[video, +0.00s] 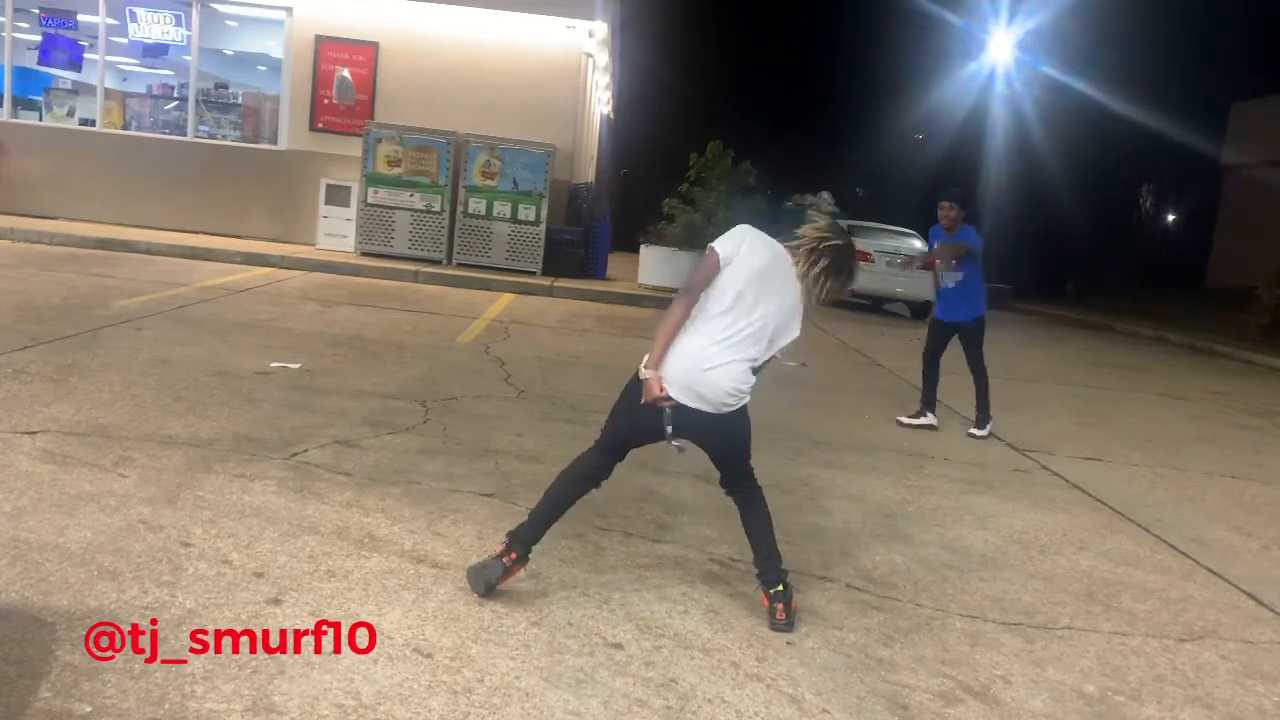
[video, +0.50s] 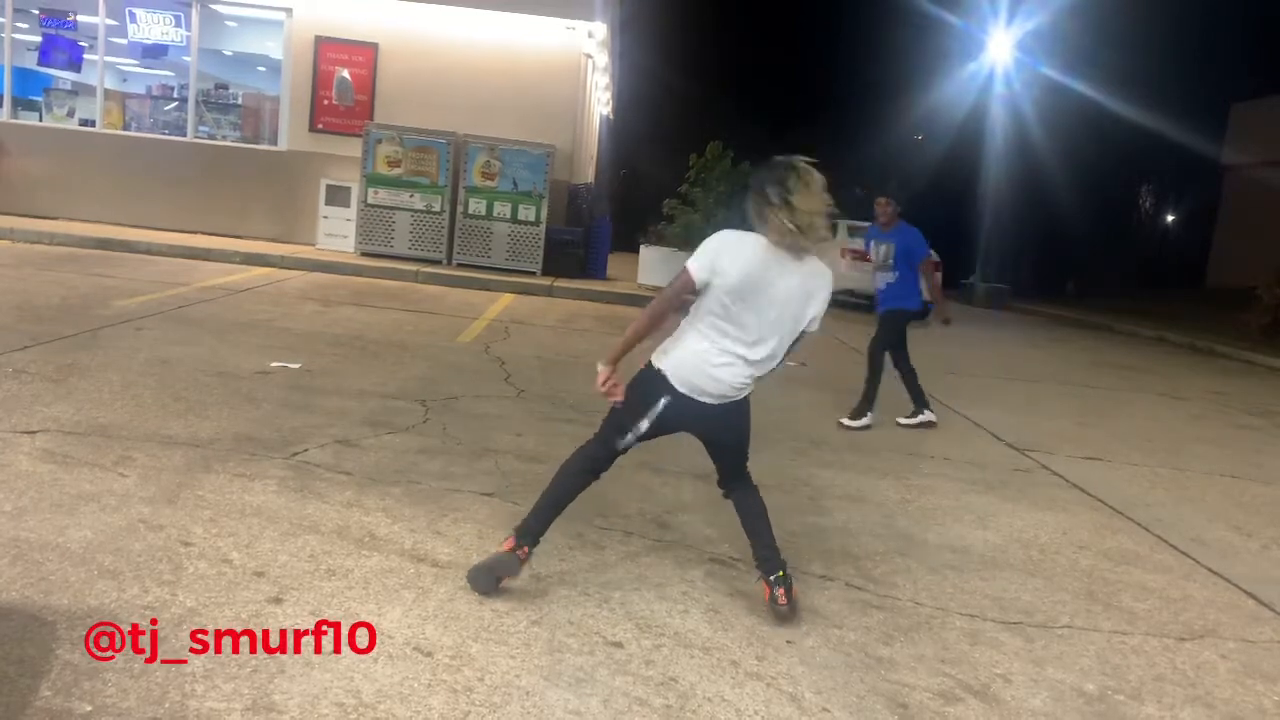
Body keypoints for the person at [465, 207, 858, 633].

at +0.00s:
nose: (826, 294)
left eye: (831, 285)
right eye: (830, 287)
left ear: (804, 239)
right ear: (826, 279)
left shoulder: (747, 238)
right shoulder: (794, 317)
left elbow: (687, 296)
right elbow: (751, 368)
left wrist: (653, 364)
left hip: (657, 389)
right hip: (721, 414)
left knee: (596, 461)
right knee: (743, 485)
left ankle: (514, 551)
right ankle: (777, 590)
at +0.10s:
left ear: (808, 243)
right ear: (830, 281)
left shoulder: (755, 235)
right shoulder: (797, 313)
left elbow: (691, 284)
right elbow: (749, 369)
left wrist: (651, 355)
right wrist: (700, 385)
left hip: (655, 382)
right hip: (716, 409)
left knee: (596, 457)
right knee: (740, 483)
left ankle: (512, 547)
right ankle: (776, 589)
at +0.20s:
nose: (842, 299)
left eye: (848, 292)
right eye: (846, 293)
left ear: (820, 242)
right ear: (840, 285)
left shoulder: (759, 237)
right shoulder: (802, 323)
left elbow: (690, 281)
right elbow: (750, 365)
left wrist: (646, 344)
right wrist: (697, 371)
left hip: (652, 380)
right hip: (714, 407)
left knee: (590, 455)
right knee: (735, 484)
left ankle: (512, 546)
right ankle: (775, 592)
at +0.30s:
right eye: (852, 260)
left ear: (812, 230)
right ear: (850, 261)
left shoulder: (760, 243)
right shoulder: (818, 320)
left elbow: (692, 281)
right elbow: (755, 366)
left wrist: (642, 340)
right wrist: (702, 366)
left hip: (654, 376)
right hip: (714, 405)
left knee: (590, 454)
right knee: (729, 482)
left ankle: (508, 548)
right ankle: (775, 589)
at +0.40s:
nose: (862, 254)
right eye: (859, 243)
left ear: (801, 218)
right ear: (846, 244)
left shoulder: (751, 242)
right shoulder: (826, 306)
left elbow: (680, 288)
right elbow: (780, 361)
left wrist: (633, 343)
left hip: (656, 381)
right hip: (715, 408)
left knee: (588, 456)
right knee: (730, 489)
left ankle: (509, 547)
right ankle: (776, 590)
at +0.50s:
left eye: (757, 196)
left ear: (761, 202)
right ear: (813, 212)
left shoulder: (728, 244)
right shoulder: (818, 278)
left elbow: (665, 304)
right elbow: (784, 351)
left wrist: (613, 359)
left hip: (668, 388)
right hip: (729, 406)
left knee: (595, 456)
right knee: (738, 480)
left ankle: (518, 546)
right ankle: (777, 581)